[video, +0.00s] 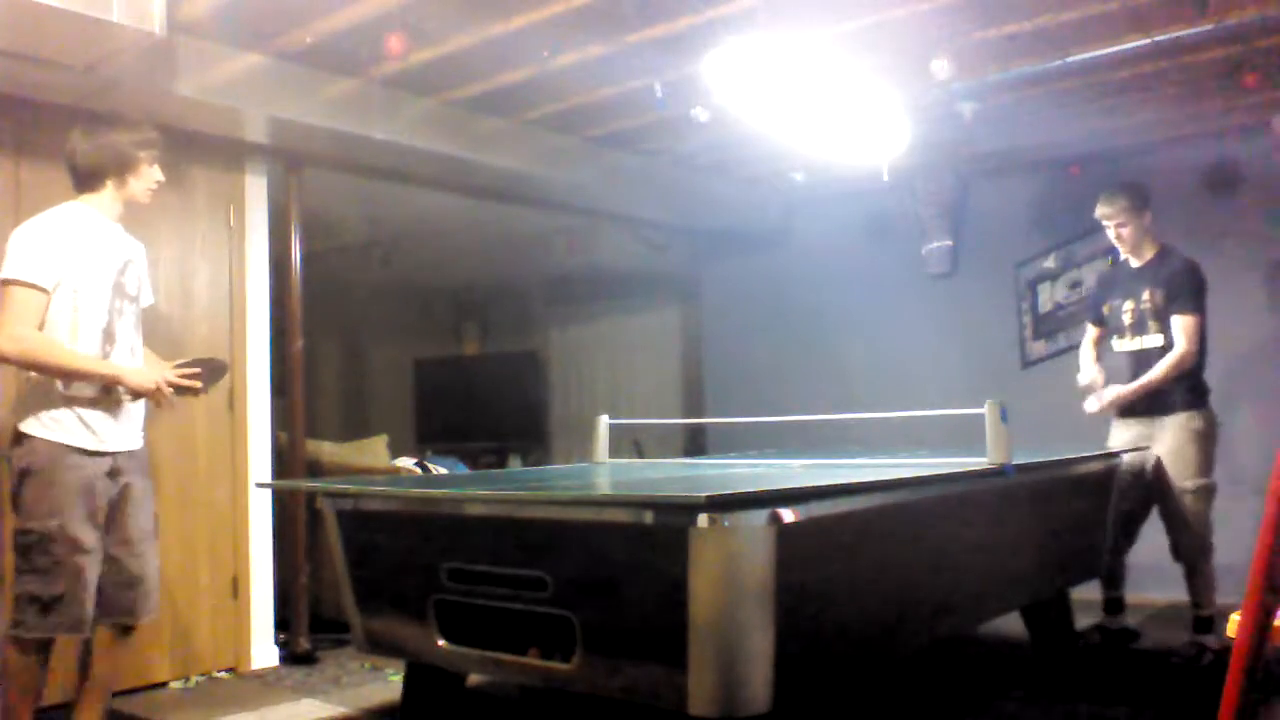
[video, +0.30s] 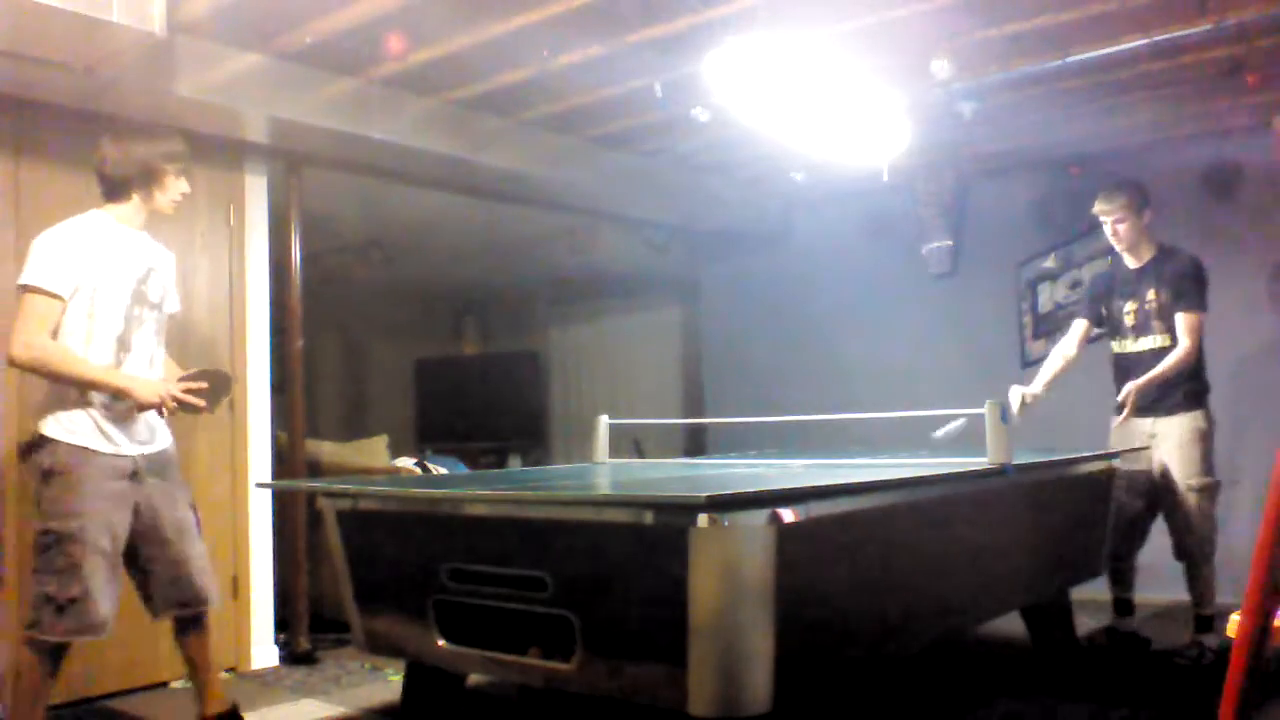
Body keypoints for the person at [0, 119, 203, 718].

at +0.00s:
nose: (160, 177)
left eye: (158, 164)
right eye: (150, 163)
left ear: (127, 169)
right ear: (115, 165)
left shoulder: (132, 252)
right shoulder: (44, 235)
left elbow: (124, 340)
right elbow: (14, 338)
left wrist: (164, 372)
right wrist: (121, 371)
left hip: (123, 446)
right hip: (57, 446)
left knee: (126, 602)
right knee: (44, 607)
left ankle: (88, 710)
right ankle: (19, 713)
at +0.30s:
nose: (187, 188)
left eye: (186, 175)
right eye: (177, 174)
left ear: (154, 178)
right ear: (141, 175)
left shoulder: (161, 261)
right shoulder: (65, 243)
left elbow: (149, 346)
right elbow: (25, 345)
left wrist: (177, 383)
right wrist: (127, 384)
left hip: (149, 445)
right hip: (78, 447)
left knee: (190, 590)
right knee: (62, 610)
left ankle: (214, 708)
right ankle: (24, 712)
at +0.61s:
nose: (258, 210)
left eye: (258, 197)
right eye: (253, 195)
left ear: (219, 196)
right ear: (223, 196)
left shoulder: (214, 271)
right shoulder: (141, 258)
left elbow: (209, 364)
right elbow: (110, 363)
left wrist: (241, 408)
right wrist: (212, 410)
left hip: (181, 448)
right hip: (119, 448)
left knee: (207, 585)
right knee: (80, 599)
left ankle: (214, 711)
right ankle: (26, 716)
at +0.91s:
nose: (334, 255)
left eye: (335, 245)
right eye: (330, 243)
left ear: (284, 239)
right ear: (301, 242)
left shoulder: (249, 284)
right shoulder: (267, 292)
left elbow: (208, 386)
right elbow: (292, 408)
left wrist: (249, 456)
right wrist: (386, 435)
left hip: (193, 455)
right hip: (142, 446)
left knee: (222, 586)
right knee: (84, 597)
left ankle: (218, 710)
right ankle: (27, 711)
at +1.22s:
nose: (341, 245)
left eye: (339, 234)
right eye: (338, 234)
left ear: (283, 228)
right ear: (322, 232)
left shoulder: (248, 268)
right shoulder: (307, 272)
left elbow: (184, 346)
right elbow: (409, 333)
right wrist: (498, 324)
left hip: (196, 447)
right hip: (170, 434)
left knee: (223, 585)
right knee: (96, 584)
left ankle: (220, 707)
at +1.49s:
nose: (311, 200)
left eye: (308, 190)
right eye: (303, 190)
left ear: (257, 197)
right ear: (278, 198)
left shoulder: (243, 250)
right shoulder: (253, 247)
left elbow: (195, 344)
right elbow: (271, 361)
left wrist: (229, 453)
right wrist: (374, 368)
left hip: (208, 443)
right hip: (168, 429)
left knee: (230, 585)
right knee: (128, 588)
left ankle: (224, 710)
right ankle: (35, 710)